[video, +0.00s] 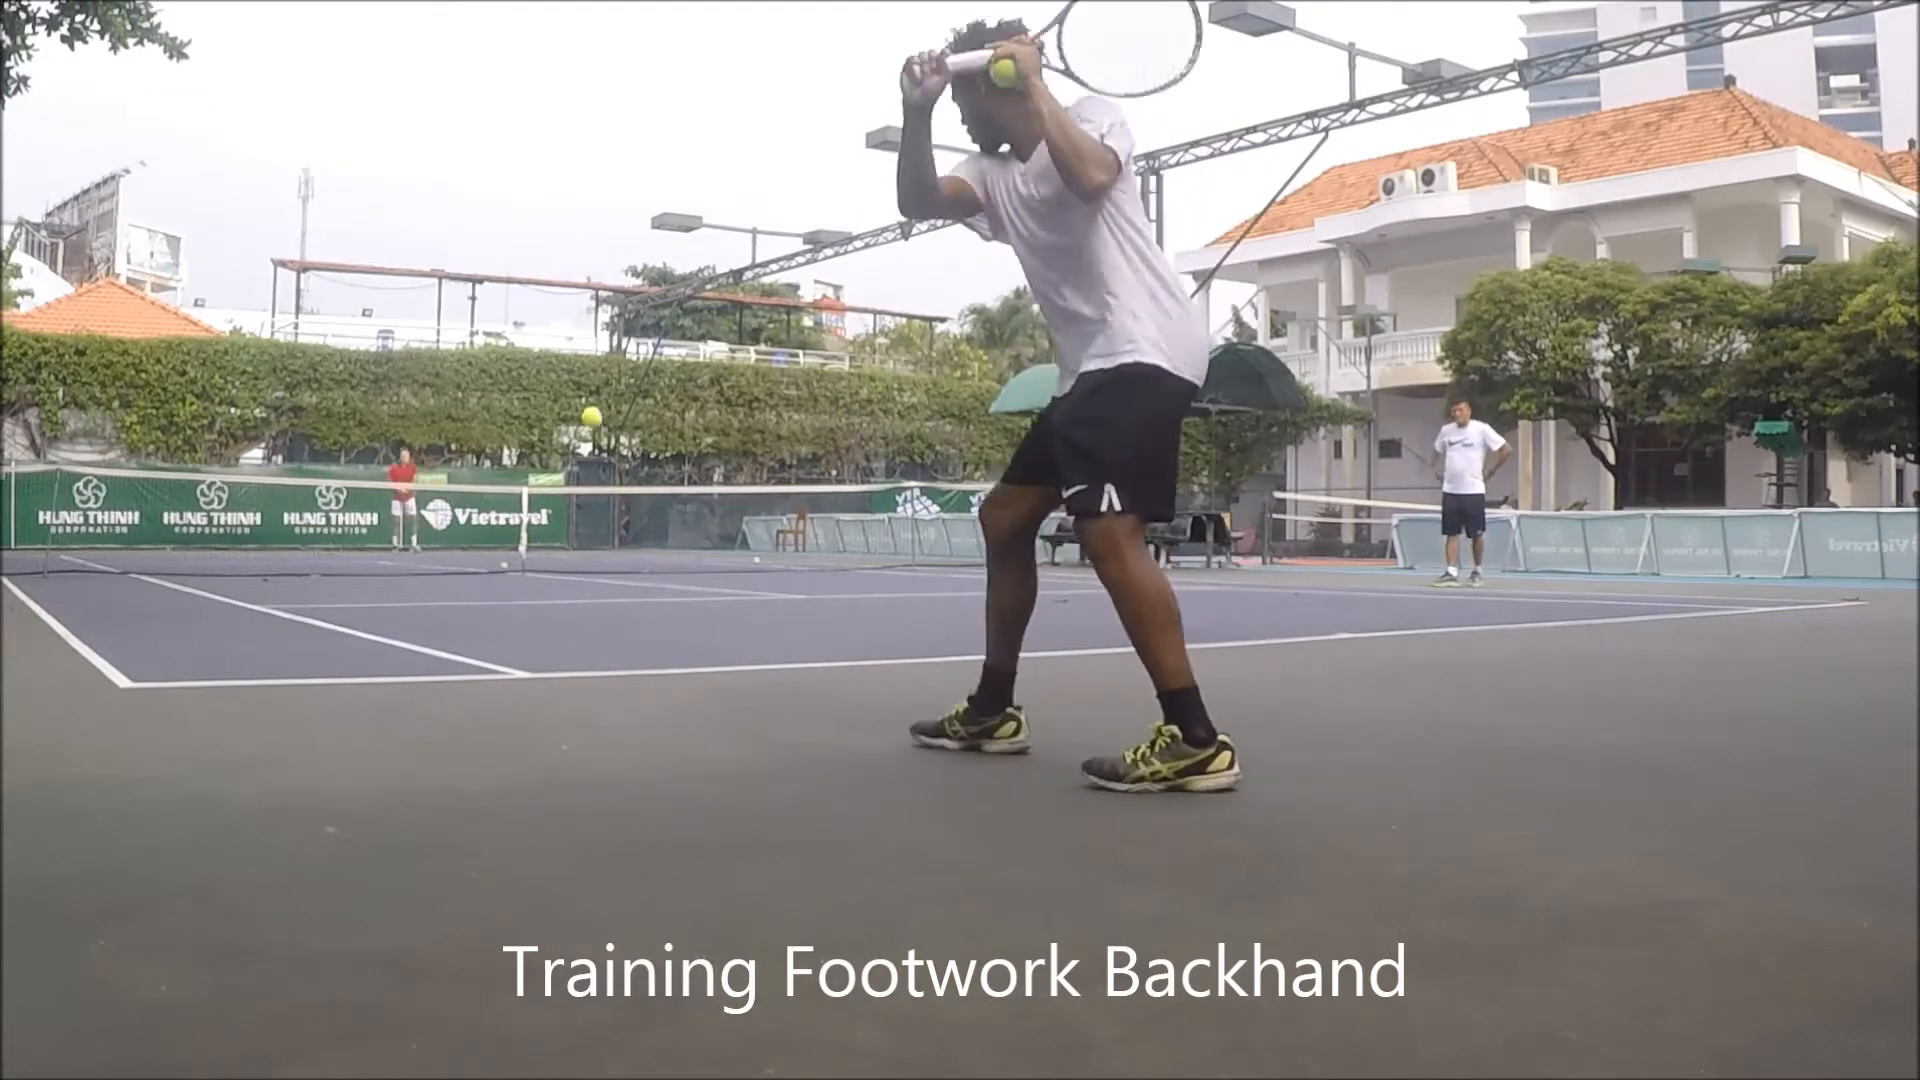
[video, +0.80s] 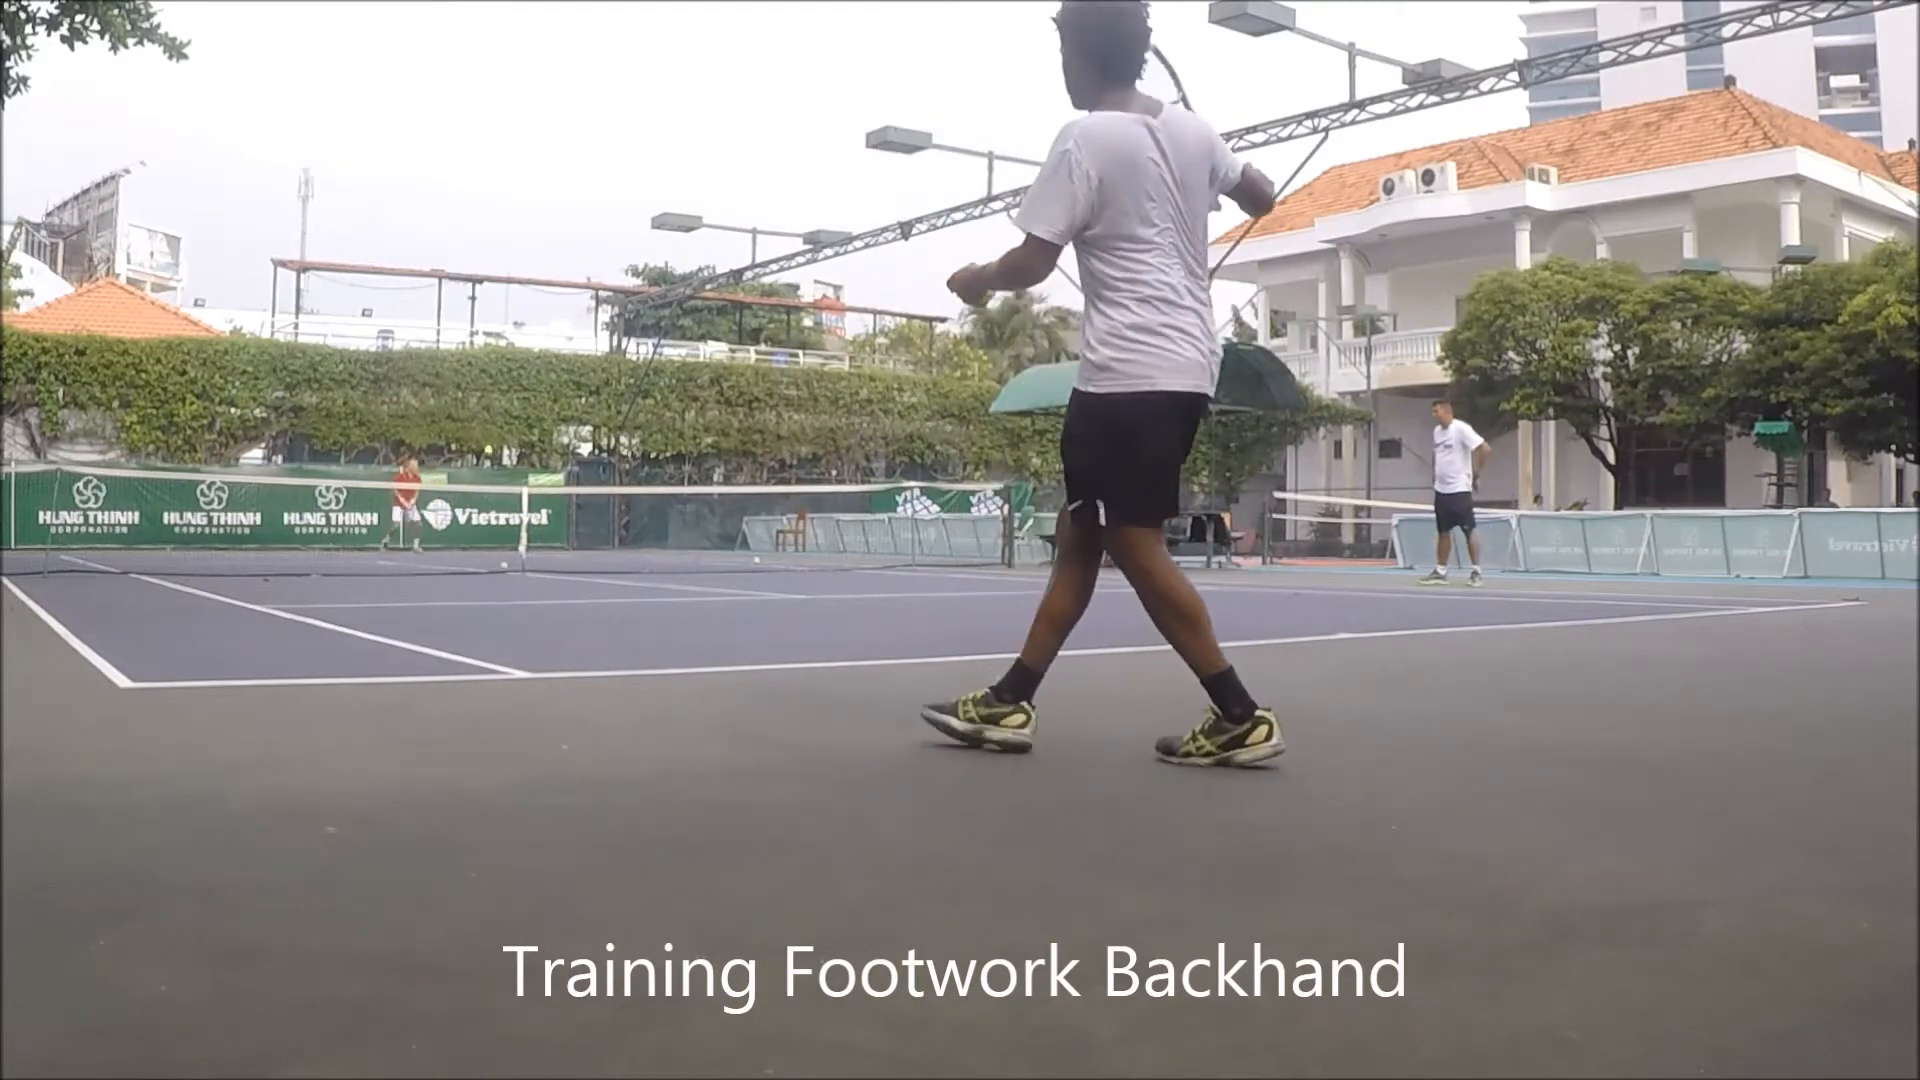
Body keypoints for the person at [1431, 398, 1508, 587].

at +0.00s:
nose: (1458, 414)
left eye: (1461, 410)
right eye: (1455, 411)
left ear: (1469, 411)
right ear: (1451, 414)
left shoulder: (1481, 428)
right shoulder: (1446, 430)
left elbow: (1505, 449)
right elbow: (1436, 451)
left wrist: (1490, 472)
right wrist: (1436, 470)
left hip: (1473, 488)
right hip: (1451, 488)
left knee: (1476, 534)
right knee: (1451, 533)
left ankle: (1477, 570)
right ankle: (1451, 572)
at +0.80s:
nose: (1434, 414)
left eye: (1436, 411)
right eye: (1433, 412)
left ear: (1447, 410)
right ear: (1437, 413)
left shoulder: (1461, 428)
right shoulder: (1437, 431)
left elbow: (1484, 449)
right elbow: (1439, 455)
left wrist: (1475, 474)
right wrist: (1438, 475)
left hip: (1460, 487)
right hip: (1441, 488)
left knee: (1469, 530)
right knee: (1443, 531)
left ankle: (1476, 570)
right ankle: (1440, 570)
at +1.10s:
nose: (1421, 417)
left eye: (1423, 413)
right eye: (1421, 414)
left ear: (1432, 413)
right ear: (1428, 414)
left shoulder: (1447, 429)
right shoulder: (1429, 433)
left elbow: (1459, 456)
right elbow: (1433, 459)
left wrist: (1449, 481)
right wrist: (1429, 480)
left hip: (1444, 486)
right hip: (1431, 487)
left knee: (1443, 527)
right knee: (1437, 529)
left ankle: (1460, 564)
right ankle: (1440, 569)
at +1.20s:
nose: (1419, 417)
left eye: (1420, 413)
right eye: (1419, 414)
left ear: (1429, 412)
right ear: (1426, 413)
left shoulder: (1444, 429)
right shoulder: (1428, 433)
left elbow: (1454, 457)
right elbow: (1432, 459)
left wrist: (1440, 482)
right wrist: (1427, 482)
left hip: (1440, 487)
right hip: (1429, 487)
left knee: (1432, 525)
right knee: (1434, 528)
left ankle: (1445, 566)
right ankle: (1438, 568)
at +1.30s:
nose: (1415, 417)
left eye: (1417, 413)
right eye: (1415, 414)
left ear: (1426, 413)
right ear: (1424, 413)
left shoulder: (1440, 429)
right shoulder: (1426, 434)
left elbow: (1449, 457)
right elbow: (1429, 463)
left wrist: (1434, 484)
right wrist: (1422, 489)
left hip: (1437, 487)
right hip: (1428, 487)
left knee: (1422, 525)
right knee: (1437, 529)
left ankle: (1427, 568)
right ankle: (1440, 570)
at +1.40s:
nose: (1413, 418)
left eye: (1415, 414)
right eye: (1413, 415)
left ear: (1423, 413)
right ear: (1422, 414)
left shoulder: (1436, 430)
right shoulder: (1422, 434)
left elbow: (1444, 458)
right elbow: (1421, 464)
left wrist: (1432, 486)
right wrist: (1413, 489)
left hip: (1432, 488)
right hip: (1422, 488)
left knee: (1414, 526)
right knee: (1435, 530)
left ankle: (1408, 568)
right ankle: (1440, 569)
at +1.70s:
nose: (1404, 417)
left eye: (1407, 413)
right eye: (1405, 413)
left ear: (1414, 413)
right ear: (1412, 414)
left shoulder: (1420, 433)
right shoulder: (1408, 433)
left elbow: (1425, 462)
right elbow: (1409, 462)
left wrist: (1421, 490)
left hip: (1414, 491)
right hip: (1407, 490)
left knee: (1402, 533)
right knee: (1425, 532)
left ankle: (1393, 569)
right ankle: (1439, 568)